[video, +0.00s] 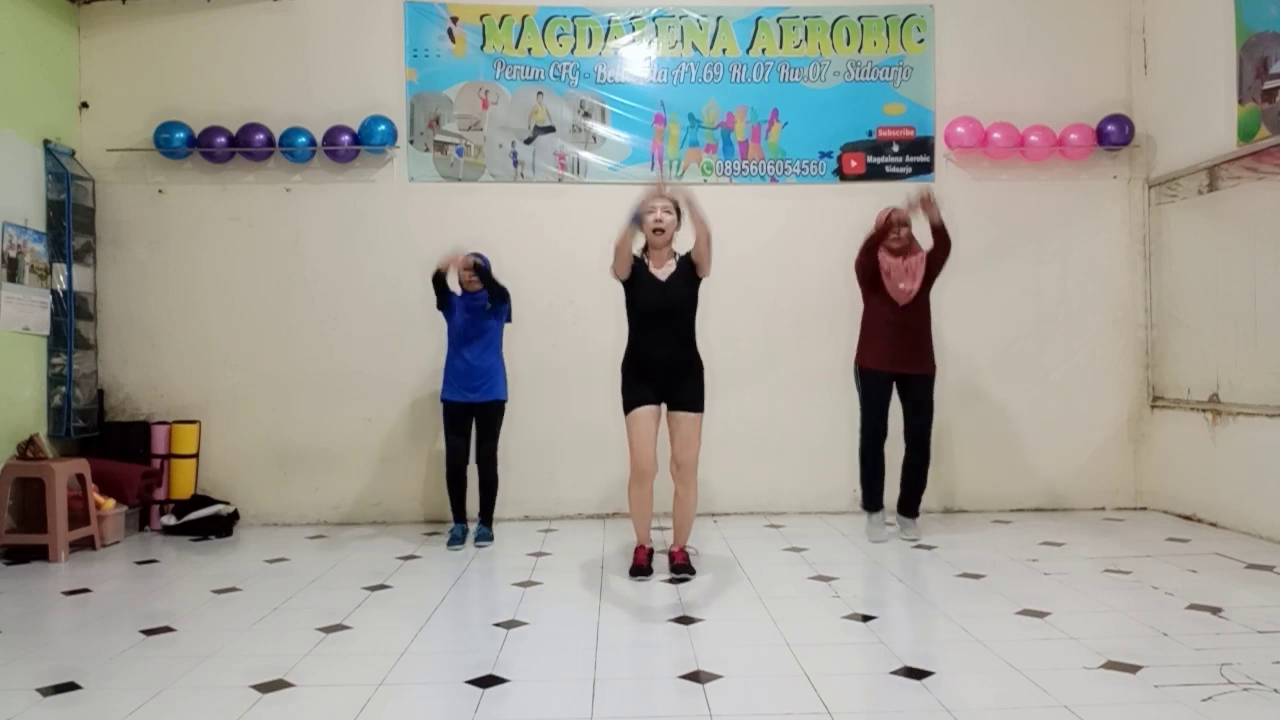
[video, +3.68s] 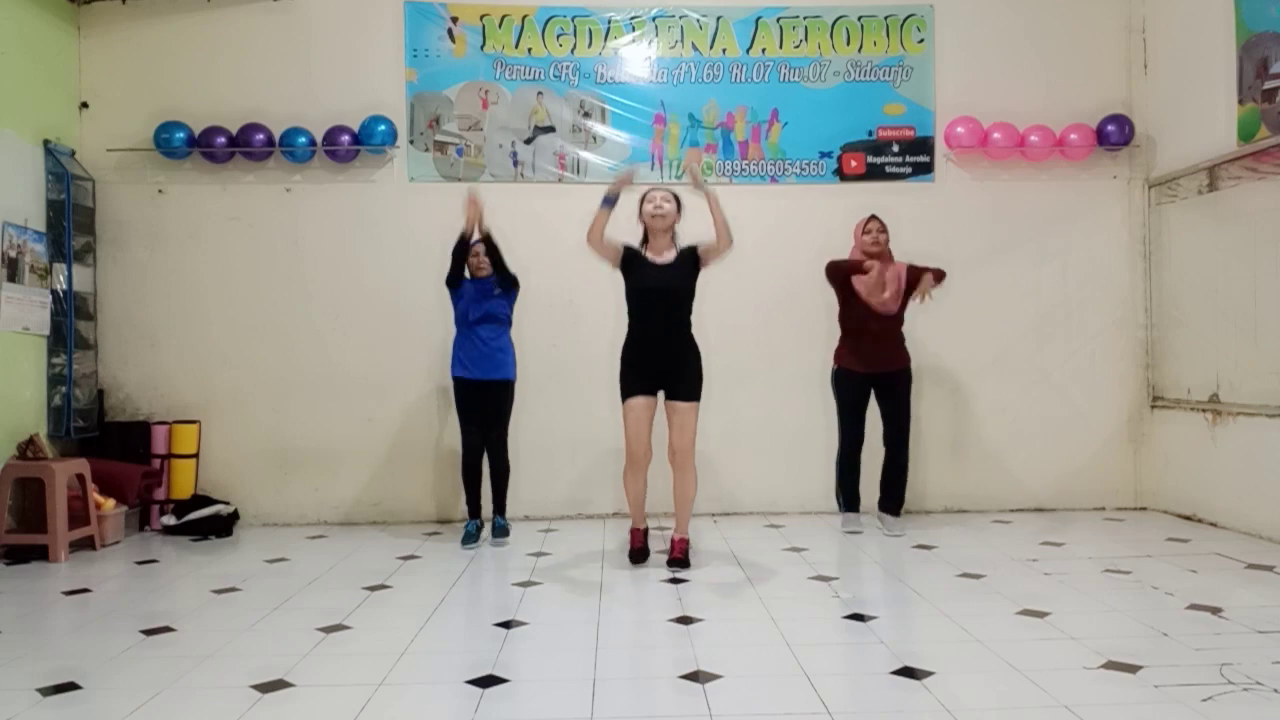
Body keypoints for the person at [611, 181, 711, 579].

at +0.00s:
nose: (658, 217)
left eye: (667, 212)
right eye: (651, 212)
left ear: (677, 224)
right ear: (640, 225)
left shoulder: (692, 266)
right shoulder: (629, 268)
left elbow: (704, 235)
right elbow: (621, 252)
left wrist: (684, 198)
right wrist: (637, 214)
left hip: (685, 372)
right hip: (640, 372)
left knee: (684, 465)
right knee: (642, 466)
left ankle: (679, 549)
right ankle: (642, 546)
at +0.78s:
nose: (657, 185)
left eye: (665, 180)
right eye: (650, 180)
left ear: (676, 191)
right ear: (639, 191)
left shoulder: (689, 231)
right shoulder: (631, 232)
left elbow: (701, 229)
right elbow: (615, 233)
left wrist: (699, 225)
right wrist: (613, 227)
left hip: (686, 339)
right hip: (641, 339)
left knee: (686, 435)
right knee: (644, 436)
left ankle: (683, 528)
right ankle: (648, 527)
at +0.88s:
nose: (657, 201)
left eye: (665, 195)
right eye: (649, 195)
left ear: (676, 206)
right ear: (639, 206)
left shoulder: (695, 252)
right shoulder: (623, 254)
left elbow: (703, 284)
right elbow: (612, 290)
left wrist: (694, 312)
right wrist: (619, 318)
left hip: (686, 351)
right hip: (641, 351)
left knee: (685, 447)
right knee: (643, 449)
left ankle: (682, 539)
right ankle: (643, 538)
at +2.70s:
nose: (648, 218)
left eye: (656, 212)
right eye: (643, 215)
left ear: (676, 225)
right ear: (639, 227)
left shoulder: (693, 269)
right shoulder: (631, 270)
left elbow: (705, 267)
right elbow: (620, 277)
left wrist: (690, 253)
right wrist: (633, 259)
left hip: (684, 371)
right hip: (639, 371)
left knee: (683, 465)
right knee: (638, 465)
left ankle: (678, 548)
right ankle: (645, 547)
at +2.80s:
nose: (641, 219)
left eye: (651, 213)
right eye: (639, 214)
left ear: (673, 223)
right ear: (640, 224)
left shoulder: (693, 266)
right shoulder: (632, 267)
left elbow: (708, 234)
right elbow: (615, 242)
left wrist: (682, 192)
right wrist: (629, 204)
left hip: (685, 368)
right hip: (642, 367)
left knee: (684, 462)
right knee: (636, 442)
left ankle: (679, 547)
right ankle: (644, 524)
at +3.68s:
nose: (658, 204)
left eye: (666, 202)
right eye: (650, 202)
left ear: (677, 216)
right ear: (641, 215)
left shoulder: (691, 256)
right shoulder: (629, 256)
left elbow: (724, 241)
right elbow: (595, 239)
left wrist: (705, 189)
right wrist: (614, 191)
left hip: (682, 360)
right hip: (639, 360)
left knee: (681, 453)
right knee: (637, 453)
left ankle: (680, 537)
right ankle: (637, 530)